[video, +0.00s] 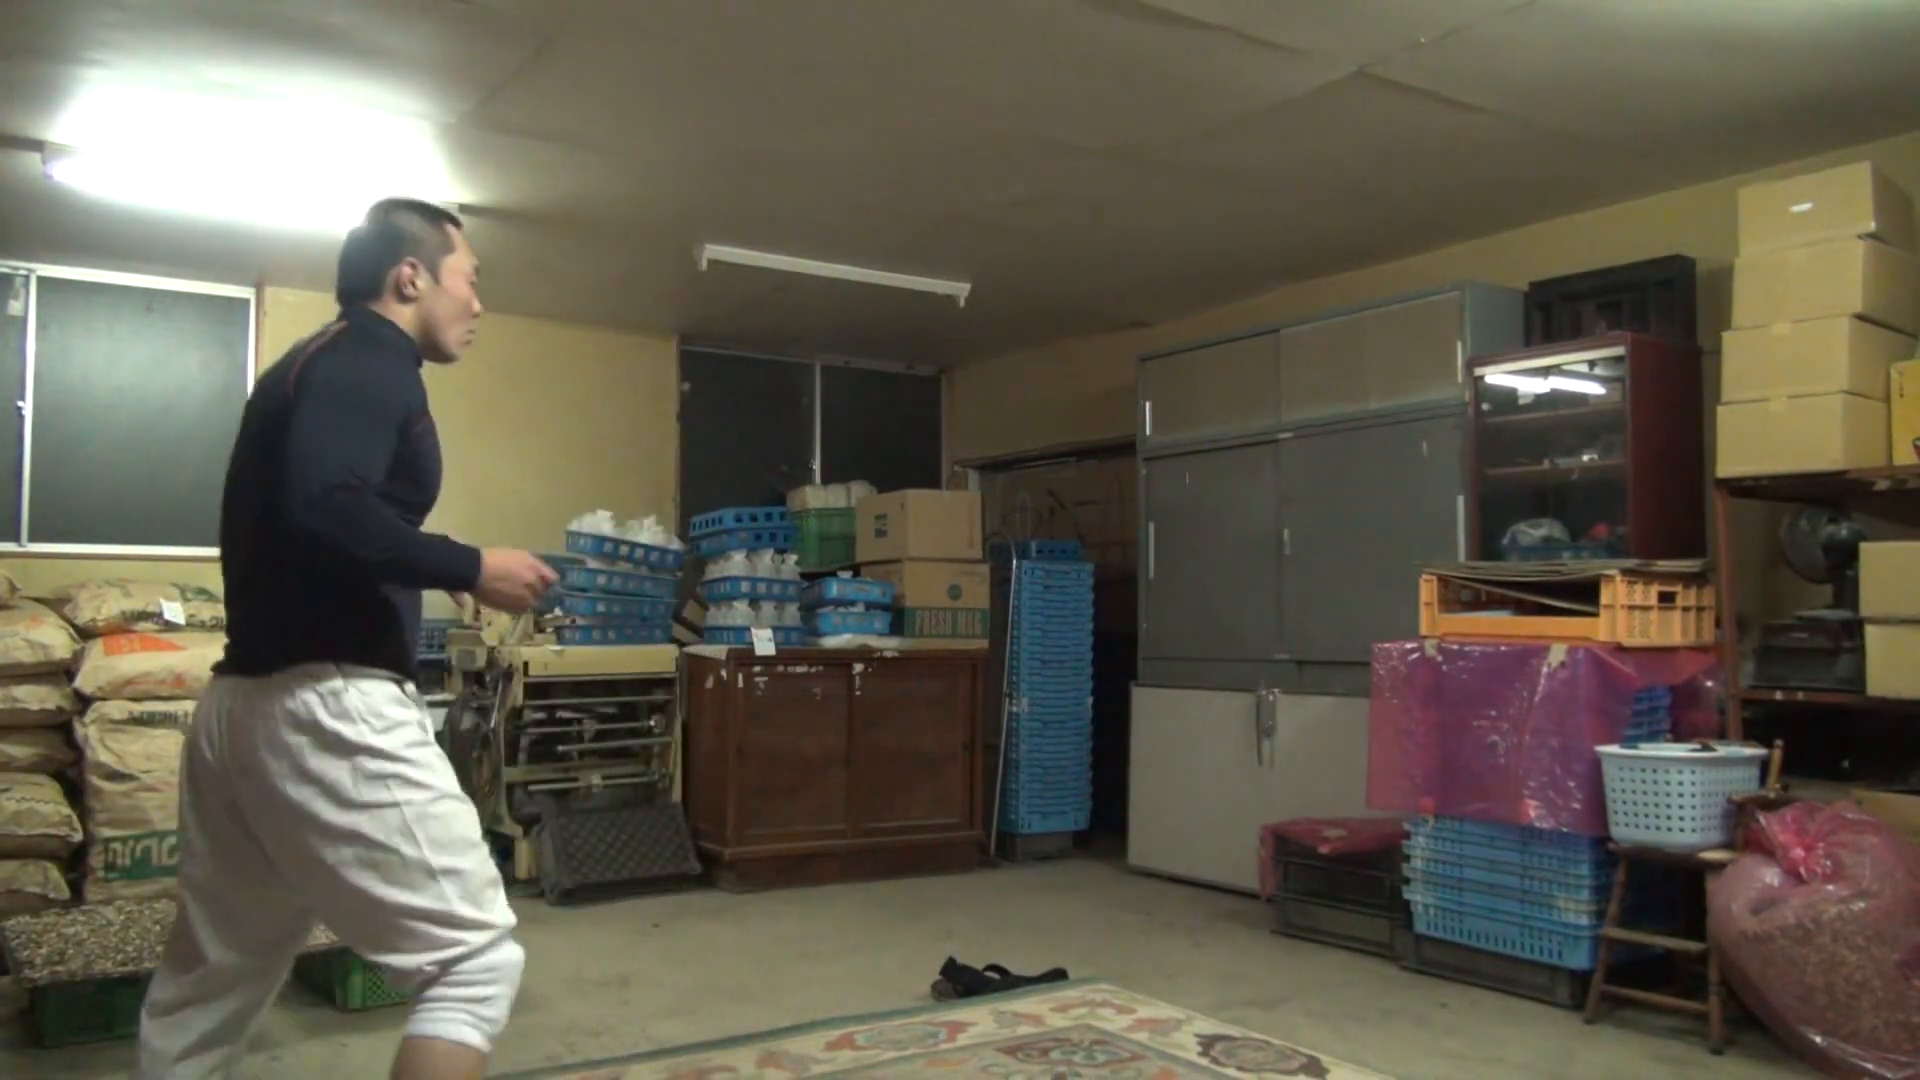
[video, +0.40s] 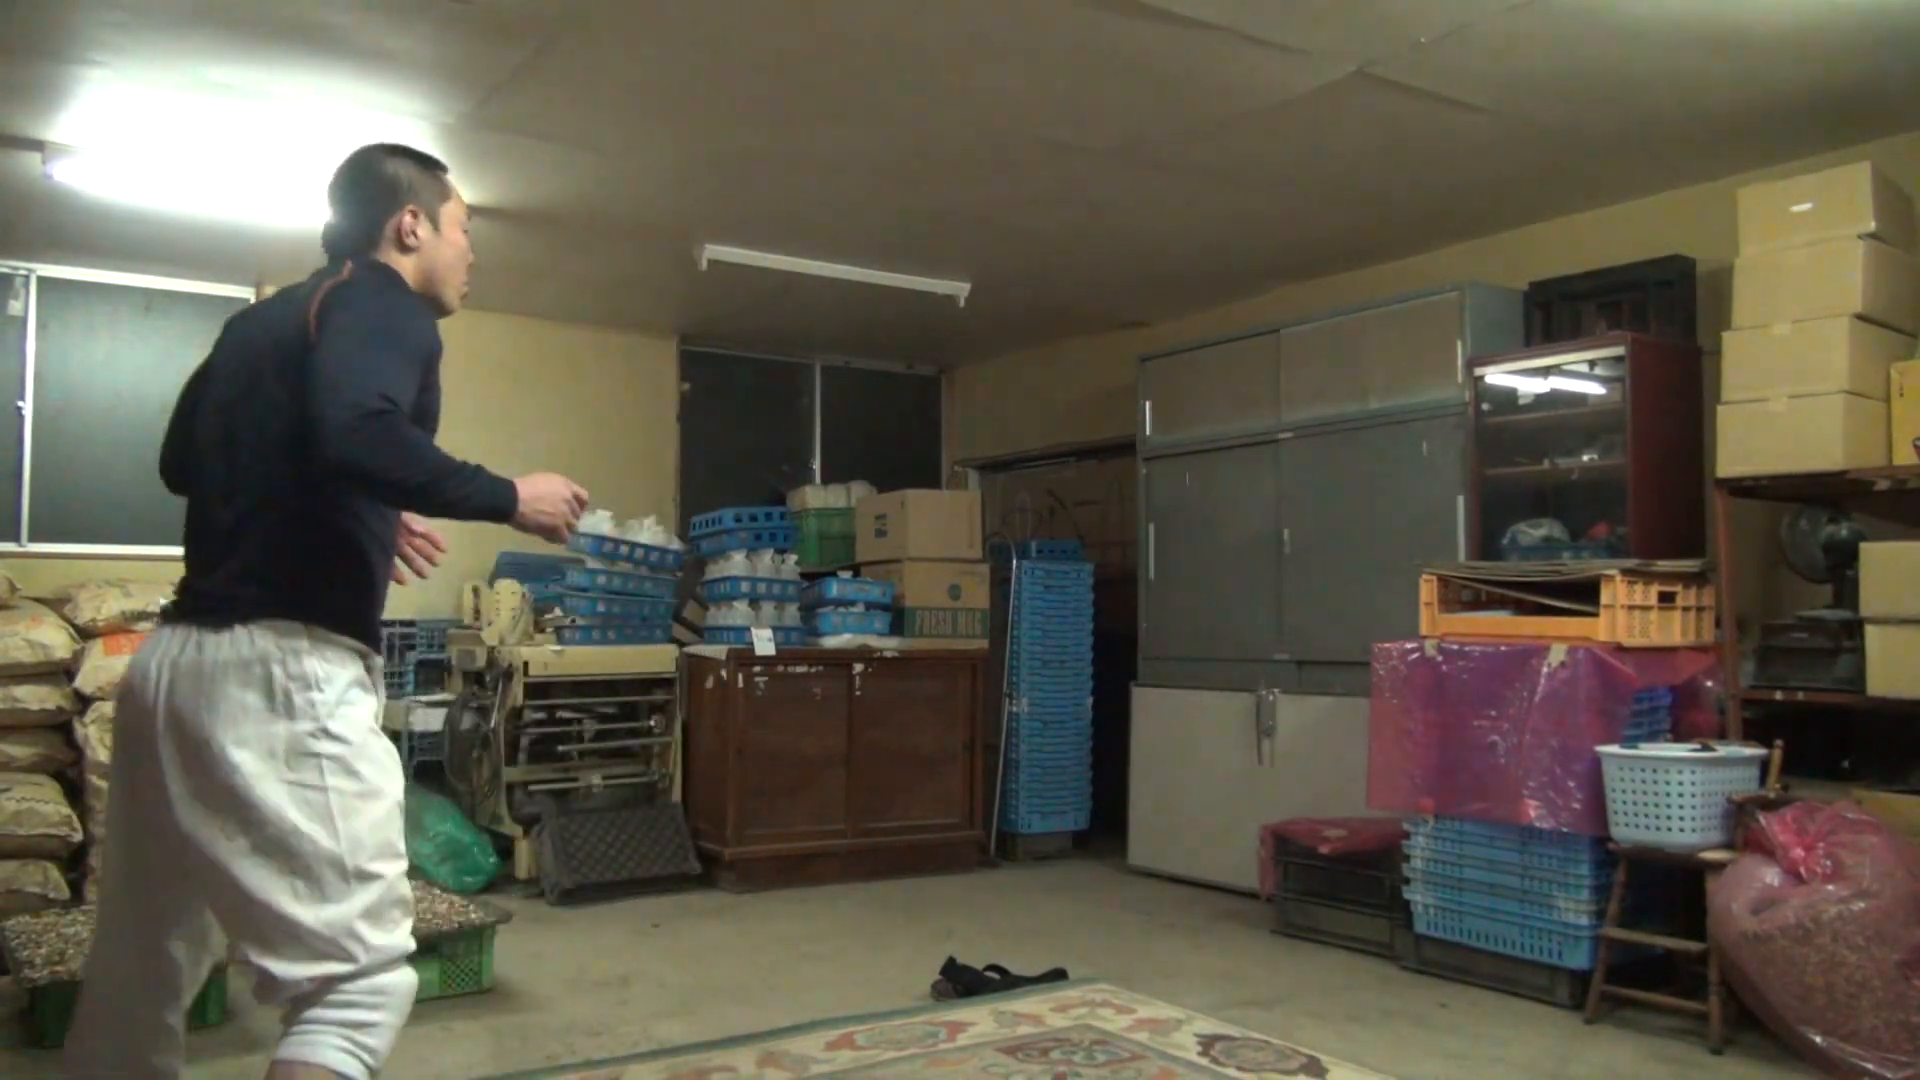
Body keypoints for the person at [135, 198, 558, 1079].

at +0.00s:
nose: (479, 304)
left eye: (477, 282)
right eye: (468, 279)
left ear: (392, 282)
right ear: (408, 278)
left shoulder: (293, 368)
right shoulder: (370, 357)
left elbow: (267, 537)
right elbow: (328, 500)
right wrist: (473, 565)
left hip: (237, 713)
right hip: (338, 717)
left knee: (205, 990)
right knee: (472, 961)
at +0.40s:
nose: (470, 252)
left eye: (469, 228)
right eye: (460, 226)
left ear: (360, 230)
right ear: (408, 225)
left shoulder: (258, 320)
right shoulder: (381, 301)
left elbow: (188, 461)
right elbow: (358, 435)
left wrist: (358, 510)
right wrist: (510, 494)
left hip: (171, 669)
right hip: (286, 682)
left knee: (137, 987)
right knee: (356, 984)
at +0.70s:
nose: (450, 307)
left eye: (450, 283)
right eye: (442, 282)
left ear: (365, 280)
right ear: (390, 279)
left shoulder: (242, 368)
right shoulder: (360, 367)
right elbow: (452, 518)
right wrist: (582, 456)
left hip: (149, 722)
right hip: (277, 719)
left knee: (104, 1029)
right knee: (425, 986)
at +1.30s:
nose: (473, 351)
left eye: (472, 335)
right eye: (474, 336)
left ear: (359, 319)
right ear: (456, 338)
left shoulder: (253, 400)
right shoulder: (484, 422)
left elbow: (225, 550)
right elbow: (590, 552)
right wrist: (635, 460)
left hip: (245, 752)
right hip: (398, 753)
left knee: (156, 1016)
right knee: (534, 983)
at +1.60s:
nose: (480, 366)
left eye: (484, 348)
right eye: (479, 346)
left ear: (377, 332)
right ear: (434, 339)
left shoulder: (275, 413)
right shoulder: (418, 407)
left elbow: (341, 557)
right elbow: (564, 512)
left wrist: (465, 529)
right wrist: (666, 453)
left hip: (183, 749)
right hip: (307, 751)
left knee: (135, 1016)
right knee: (496, 970)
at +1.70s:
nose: (480, 383)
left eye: (479, 360)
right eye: (474, 359)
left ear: (387, 360)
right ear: (422, 360)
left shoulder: (289, 437)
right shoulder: (397, 434)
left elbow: (363, 594)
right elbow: (516, 561)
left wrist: (498, 614)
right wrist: (662, 564)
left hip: (169, 772)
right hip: (286, 777)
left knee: (117, 1048)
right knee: (483, 985)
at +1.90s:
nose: (545, 370)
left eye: (542, 351)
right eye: (539, 351)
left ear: (432, 360)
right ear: (501, 358)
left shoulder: (361, 438)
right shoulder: (519, 443)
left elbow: (399, 607)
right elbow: (554, 594)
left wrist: (511, 697)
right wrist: (651, 688)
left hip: (260, 735)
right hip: (402, 737)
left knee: (133, 987)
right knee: (527, 982)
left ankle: (55, 1072)